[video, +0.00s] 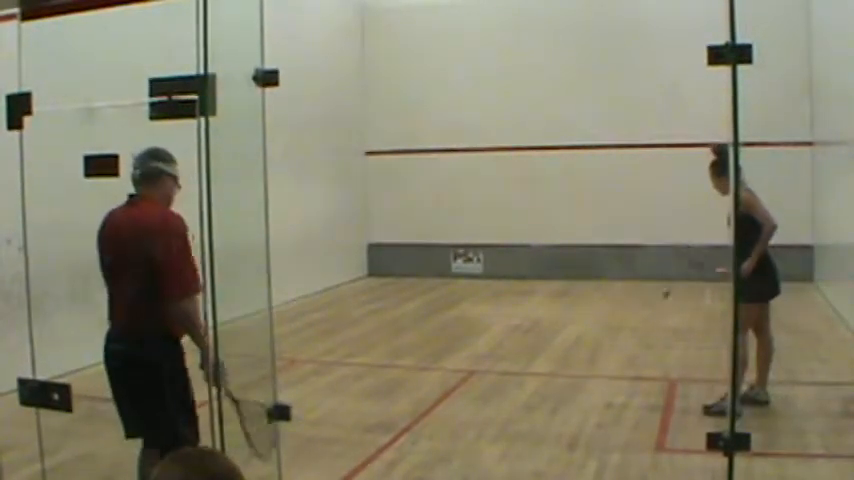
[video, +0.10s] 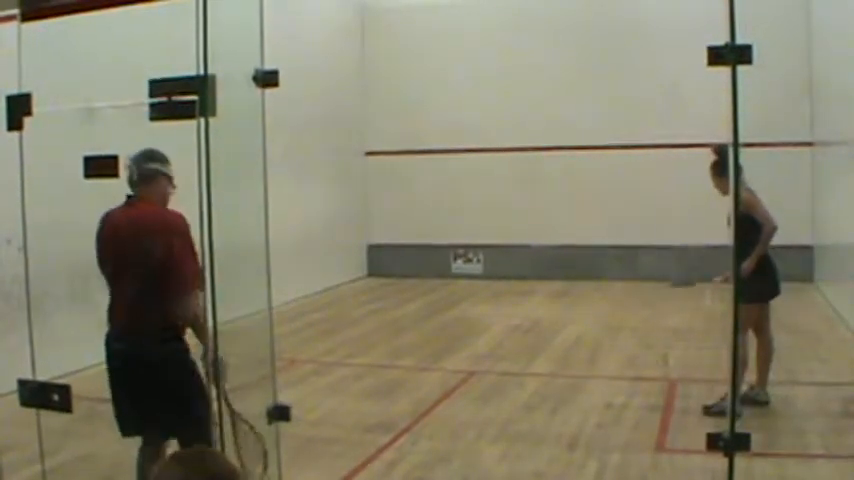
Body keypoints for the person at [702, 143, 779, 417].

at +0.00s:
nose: (716, 187)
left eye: (716, 182)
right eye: (714, 182)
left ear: (725, 177)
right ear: (727, 176)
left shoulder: (745, 197)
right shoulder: (740, 198)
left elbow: (769, 225)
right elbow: (751, 235)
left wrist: (751, 260)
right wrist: (737, 264)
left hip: (752, 276)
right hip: (756, 275)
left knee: (738, 334)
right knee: (762, 332)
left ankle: (733, 393)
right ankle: (759, 388)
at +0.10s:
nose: (716, 187)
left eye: (716, 181)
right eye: (714, 182)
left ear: (726, 178)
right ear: (728, 176)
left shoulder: (745, 197)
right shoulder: (740, 199)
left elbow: (770, 226)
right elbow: (747, 243)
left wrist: (751, 261)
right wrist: (732, 272)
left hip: (753, 276)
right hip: (756, 275)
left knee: (738, 334)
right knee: (762, 332)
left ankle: (733, 393)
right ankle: (759, 388)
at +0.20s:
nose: (716, 187)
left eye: (717, 181)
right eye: (715, 182)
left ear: (725, 177)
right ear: (729, 176)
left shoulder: (745, 197)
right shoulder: (741, 197)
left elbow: (770, 225)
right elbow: (751, 236)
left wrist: (751, 260)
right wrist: (735, 265)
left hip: (752, 276)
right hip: (756, 274)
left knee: (738, 333)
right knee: (762, 332)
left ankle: (733, 393)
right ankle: (760, 388)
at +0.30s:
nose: (716, 187)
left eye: (717, 181)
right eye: (715, 181)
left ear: (726, 177)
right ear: (729, 176)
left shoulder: (746, 197)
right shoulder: (741, 198)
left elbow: (772, 226)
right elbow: (750, 240)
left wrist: (752, 262)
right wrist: (735, 270)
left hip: (753, 277)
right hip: (757, 276)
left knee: (738, 334)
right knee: (762, 332)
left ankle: (733, 394)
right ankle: (760, 388)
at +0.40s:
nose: (717, 185)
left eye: (717, 179)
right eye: (715, 180)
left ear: (726, 177)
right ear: (730, 175)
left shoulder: (746, 197)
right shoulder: (742, 197)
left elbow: (772, 226)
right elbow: (749, 243)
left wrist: (752, 261)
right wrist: (733, 273)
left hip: (753, 277)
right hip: (757, 276)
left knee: (738, 334)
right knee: (762, 332)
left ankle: (733, 394)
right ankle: (760, 388)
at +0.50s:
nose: (717, 186)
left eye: (717, 180)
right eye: (716, 181)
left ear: (725, 178)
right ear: (731, 175)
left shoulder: (747, 197)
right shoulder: (741, 198)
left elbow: (772, 227)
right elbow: (752, 236)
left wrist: (753, 261)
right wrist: (737, 265)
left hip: (754, 275)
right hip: (754, 274)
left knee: (737, 333)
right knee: (762, 331)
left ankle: (733, 394)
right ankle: (760, 388)